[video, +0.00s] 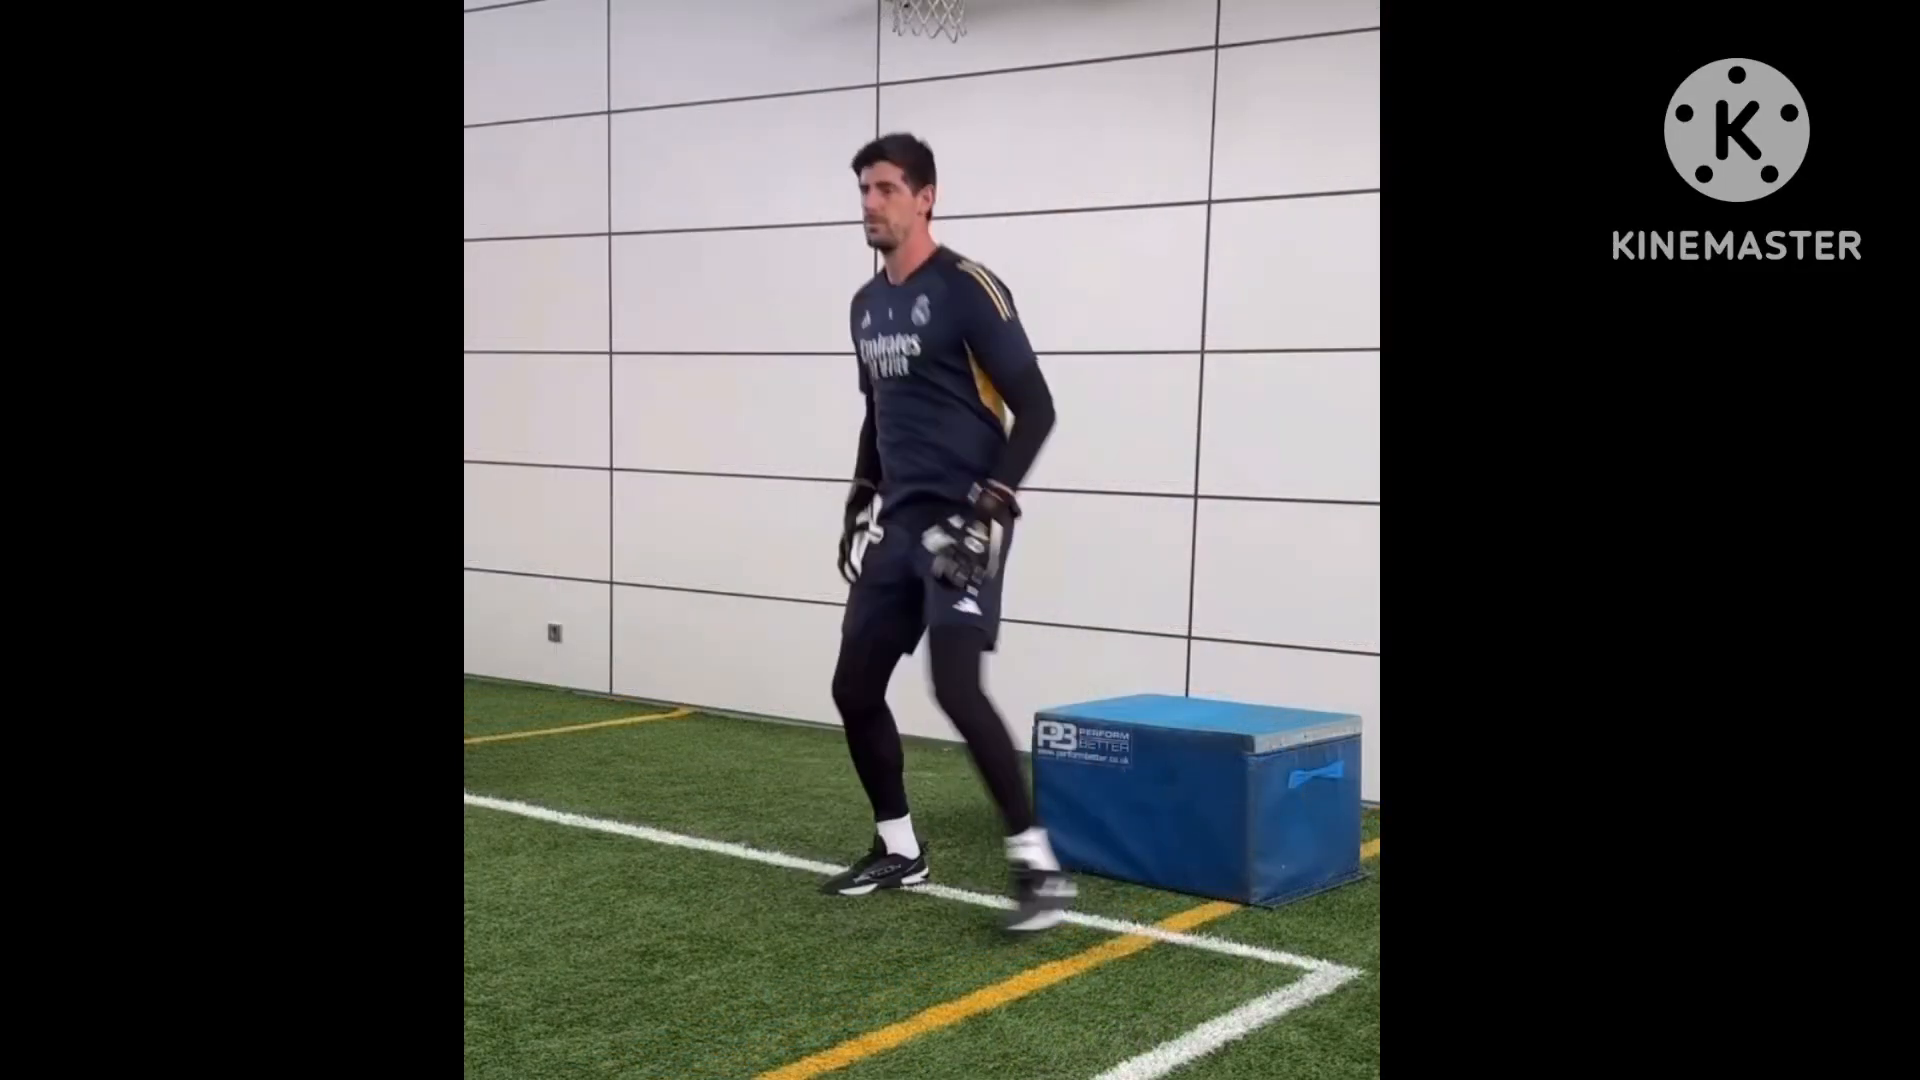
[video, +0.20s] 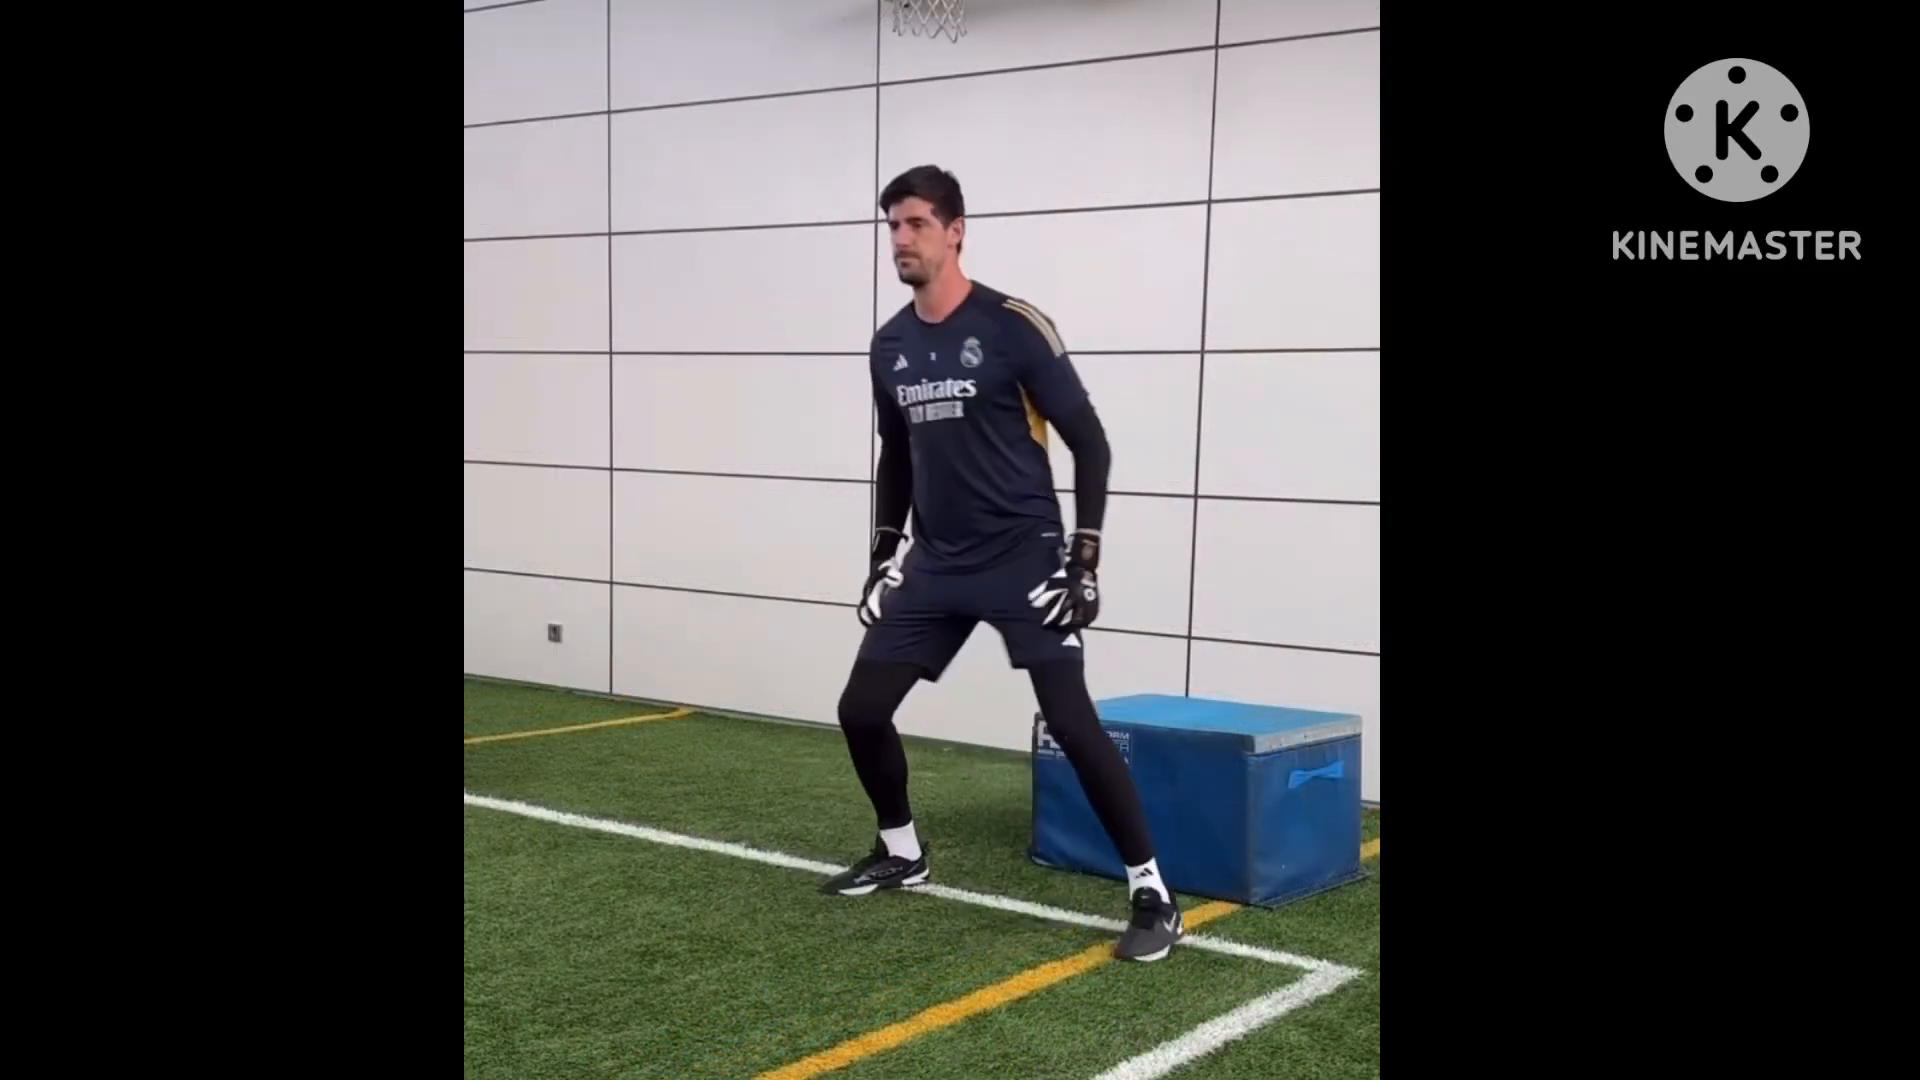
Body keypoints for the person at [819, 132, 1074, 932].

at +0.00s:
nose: (869, 203)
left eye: (884, 189)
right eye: (863, 190)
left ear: (925, 198)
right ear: (862, 202)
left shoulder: (969, 287)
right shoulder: (867, 305)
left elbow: (1038, 411)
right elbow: (880, 413)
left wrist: (986, 510)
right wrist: (859, 503)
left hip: (965, 519)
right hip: (898, 522)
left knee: (957, 686)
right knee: (855, 686)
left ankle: (1040, 867)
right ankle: (899, 852)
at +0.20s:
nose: (901, 239)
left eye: (916, 224)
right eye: (894, 226)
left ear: (956, 232)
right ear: (890, 238)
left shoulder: (1015, 326)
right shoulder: (890, 346)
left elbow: (1091, 443)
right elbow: (895, 456)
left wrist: (1085, 558)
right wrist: (885, 553)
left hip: (1024, 556)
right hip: (934, 562)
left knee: (1073, 722)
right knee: (861, 711)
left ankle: (1150, 891)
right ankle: (901, 852)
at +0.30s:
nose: (924, 229)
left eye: (939, 214)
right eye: (916, 217)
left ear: (980, 218)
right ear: (914, 228)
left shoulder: (1041, 318)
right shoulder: (910, 332)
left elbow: (1118, 432)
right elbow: (897, 438)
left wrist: (1081, 532)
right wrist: (880, 529)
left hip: (1037, 554)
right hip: (948, 558)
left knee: (1083, 721)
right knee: (877, 707)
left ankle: (1152, 891)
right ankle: (903, 852)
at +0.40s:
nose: (952, 220)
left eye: (966, 204)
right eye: (943, 207)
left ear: (1004, 205)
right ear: (935, 217)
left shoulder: (1056, 297)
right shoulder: (929, 312)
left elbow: (1126, 410)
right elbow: (889, 408)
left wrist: (1046, 442)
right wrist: (863, 432)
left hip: (1047, 548)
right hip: (957, 547)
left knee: (1087, 717)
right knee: (890, 700)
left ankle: (1153, 889)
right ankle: (904, 853)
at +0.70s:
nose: (995, 201)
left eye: (1010, 184)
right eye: (979, 186)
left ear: (1041, 195)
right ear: (962, 201)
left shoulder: (1084, 287)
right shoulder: (956, 284)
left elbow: (1118, 367)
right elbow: (895, 347)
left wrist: (1071, 280)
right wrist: (933, 250)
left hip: (1053, 533)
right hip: (965, 530)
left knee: (1092, 713)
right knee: (902, 699)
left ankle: (1153, 890)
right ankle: (903, 853)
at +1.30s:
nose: (860, 207)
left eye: (874, 193)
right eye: (855, 195)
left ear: (913, 201)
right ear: (852, 207)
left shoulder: (963, 292)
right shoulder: (853, 310)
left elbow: (1030, 412)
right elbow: (856, 411)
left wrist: (995, 516)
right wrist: (848, 501)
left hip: (962, 522)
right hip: (887, 525)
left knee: (986, 677)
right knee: (843, 675)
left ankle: (1071, 845)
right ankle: (897, 818)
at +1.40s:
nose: (873, 224)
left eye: (886, 209)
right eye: (866, 211)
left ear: (925, 214)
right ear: (862, 224)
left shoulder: (983, 308)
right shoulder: (866, 326)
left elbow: (1052, 426)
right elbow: (864, 432)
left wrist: (1036, 533)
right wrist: (849, 526)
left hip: (986, 536)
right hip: (903, 540)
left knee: (1037, 696)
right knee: (843, 684)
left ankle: (1107, 858)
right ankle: (898, 820)